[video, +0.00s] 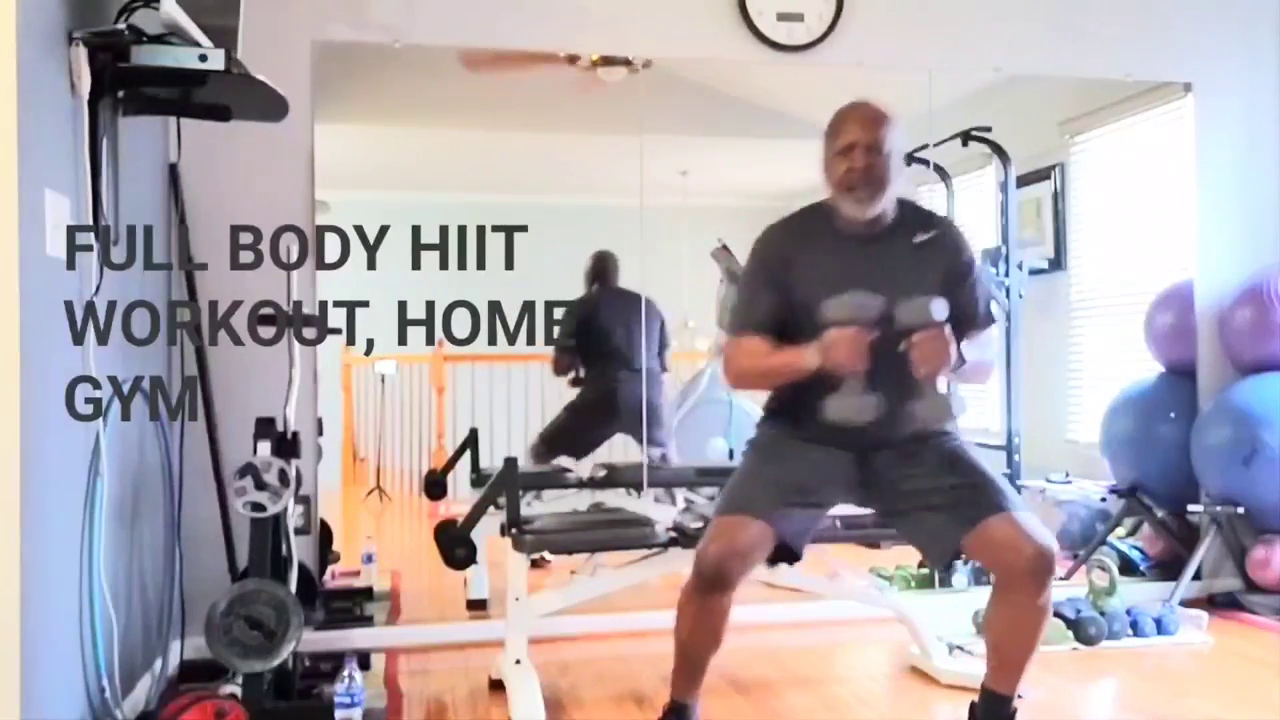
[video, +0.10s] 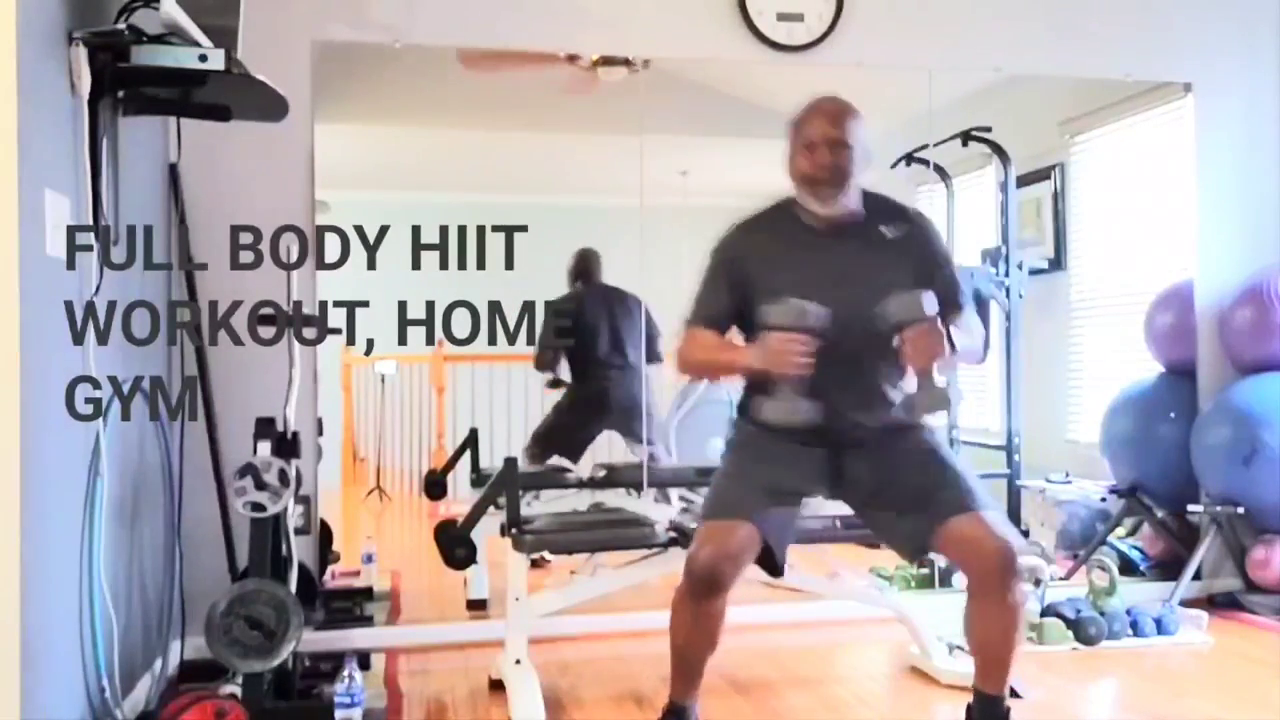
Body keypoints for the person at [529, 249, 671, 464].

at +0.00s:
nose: (589, 274)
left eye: (590, 271)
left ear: (590, 275)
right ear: (616, 274)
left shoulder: (582, 307)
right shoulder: (648, 306)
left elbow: (562, 365)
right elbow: (662, 364)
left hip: (602, 397)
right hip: (648, 399)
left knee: (540, 454)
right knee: (666, 462)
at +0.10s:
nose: (570, 273)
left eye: (571, 270)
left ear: (573, 273)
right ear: (599, 272)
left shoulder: (563, 307)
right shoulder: (632, 303)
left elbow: (544, 362)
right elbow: (654, 355)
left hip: (588, 398)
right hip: (633, 397)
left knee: (535, 454)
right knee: (656, 459)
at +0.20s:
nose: (555, 255)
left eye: (556, 250)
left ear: (557, 251)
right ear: (583, 250)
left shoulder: (548, 284)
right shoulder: (616, 279)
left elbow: (528, 323)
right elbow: (646, 319)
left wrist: (529, 359)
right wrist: (627, 333)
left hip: (573, 372)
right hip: (616, 370)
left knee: (534, 448)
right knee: (631, 446)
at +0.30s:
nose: (546, 236)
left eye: (546, 231)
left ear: (547, 231)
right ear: (574, 229)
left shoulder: (540, 259)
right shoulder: (601, 255)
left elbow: (516, 297)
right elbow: (642, 284)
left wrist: (512, 340)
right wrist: (623, 319)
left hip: (560, 353)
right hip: (601, 351)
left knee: (541, 422)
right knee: (609, 416)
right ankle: (616, 465)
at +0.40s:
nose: (544, 230)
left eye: (543, 225)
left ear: (540, 226)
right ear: (568, 223)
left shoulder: (535, 254)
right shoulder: (593, 250)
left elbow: (509, 289)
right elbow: (632, 272)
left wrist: (510, 320)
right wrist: (627, 316)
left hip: (547, 350)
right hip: (586, 350)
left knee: (533, 428)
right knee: (584, 426)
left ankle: (529, 486)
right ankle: (587, 480)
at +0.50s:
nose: (538, 227)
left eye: (538, 223)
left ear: (539, 225)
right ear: (567, 224)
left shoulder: (531, 256)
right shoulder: (592, 255)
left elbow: (505, 294)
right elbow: (632, 279)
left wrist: (505, 323)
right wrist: (611, 308)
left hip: (539, 353)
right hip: (577, 354)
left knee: (526, 433)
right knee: (572, 432)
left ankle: (525, 497)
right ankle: (584, 490)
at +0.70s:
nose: (535, 216)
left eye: (533, 211)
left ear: (533, 215)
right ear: (562, 214)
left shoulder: (519, 248)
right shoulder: (587, 249)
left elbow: (494, 301)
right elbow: (614, 301)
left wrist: (517, 306)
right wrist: (582, 304)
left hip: (530, 347)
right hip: (573, 351)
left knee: (505, 430)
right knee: (572, 431)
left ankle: (503, 494)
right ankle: (583, 490)